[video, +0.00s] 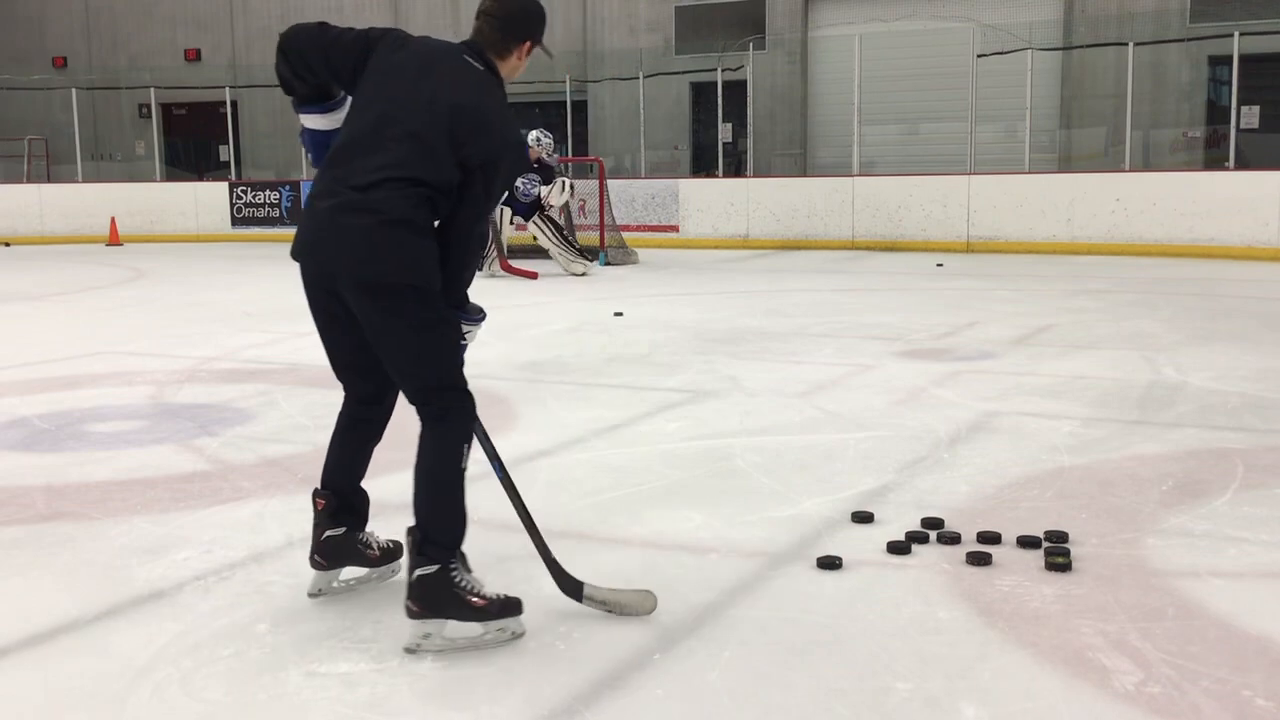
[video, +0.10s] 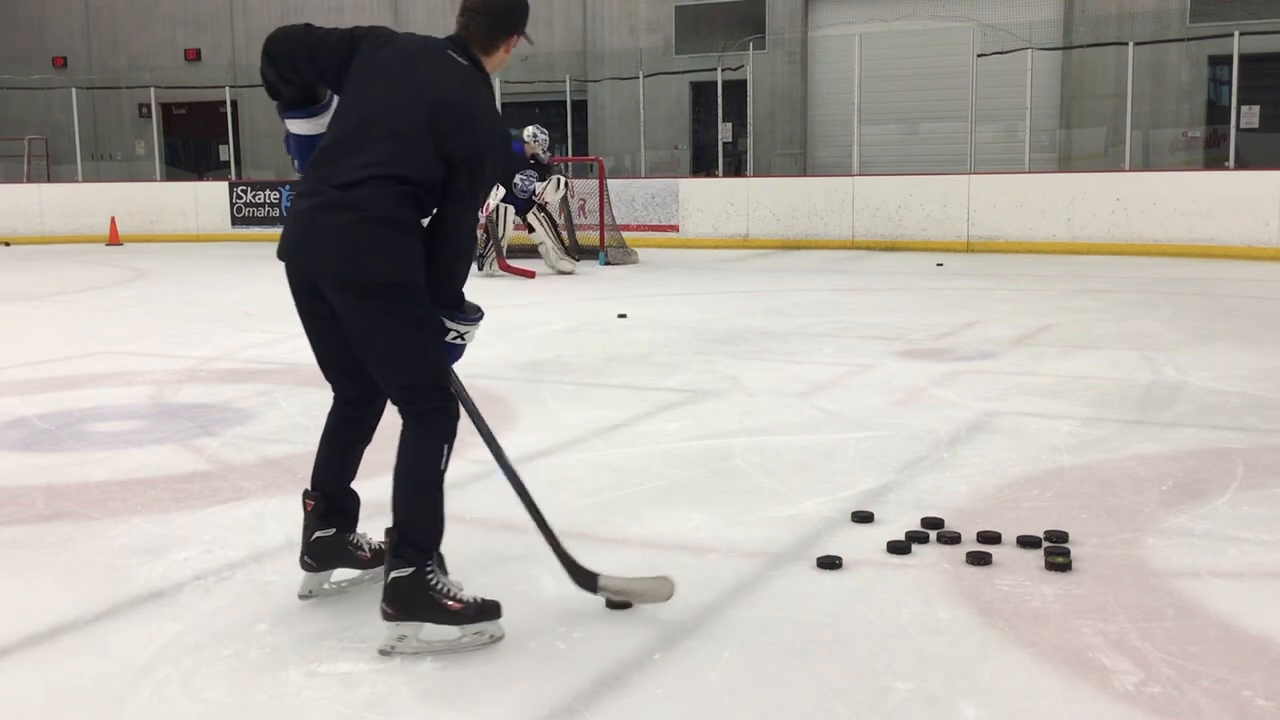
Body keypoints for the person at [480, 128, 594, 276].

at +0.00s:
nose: (544, 154)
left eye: (545, 151)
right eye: (543, 150)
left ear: (542, 149)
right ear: (534, 146)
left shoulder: (545, 168)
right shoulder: (513, 159)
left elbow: (551, 193)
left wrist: (561, 187)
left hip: (532, 208)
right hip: (507, 205)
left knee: (554, 234)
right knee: (498, 234)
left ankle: (579, 263)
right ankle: (488, 265)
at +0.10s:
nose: (542, 148)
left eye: (544, 144)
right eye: (540, 143)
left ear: (540, 145)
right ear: (530, 142)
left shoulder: (542, 163)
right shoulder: (512, 157)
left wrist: (553, 185)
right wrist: (491, 197)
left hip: (529, 203)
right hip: (506, 201)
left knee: (546, 229)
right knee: (500, 232)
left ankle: (561, 262)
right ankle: (488, 264)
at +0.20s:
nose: (540, 143)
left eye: (541, 140)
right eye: (538, 140)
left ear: (533, 139)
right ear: (529, 138)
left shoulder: (537, 157)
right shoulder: (509, 151)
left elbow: (537, 183)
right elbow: (495, 173)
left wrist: (551, 183)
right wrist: (492, 194)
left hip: (529, 199)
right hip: (509, 198)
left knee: (540, 228)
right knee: (502, 234)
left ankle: (543, 260)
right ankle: (487, 263)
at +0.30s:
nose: (538, 142)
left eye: (539, 138)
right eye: (536, 138)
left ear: (537, 138)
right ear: (527, 137)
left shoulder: (533, 155)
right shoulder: (511, 152)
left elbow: (533, 181)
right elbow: (497, 183)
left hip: (528, 198)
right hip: (510, 197)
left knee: (534, 229)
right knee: (507, 233)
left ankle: (528, 261)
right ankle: (485, 262)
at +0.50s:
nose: (545, 144)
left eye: (546, 141)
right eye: (543, 140)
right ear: (536, 139)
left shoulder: (534, 155)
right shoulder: (525, 154)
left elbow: (533, 179)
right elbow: (518, 183)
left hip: (511, 193)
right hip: (496, 192)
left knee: (539, 217)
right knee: (504, 227)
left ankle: (526, 259)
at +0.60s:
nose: (554, 147)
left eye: (555, 143)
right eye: (553, 143)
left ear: (542, 140)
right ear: (547, 141)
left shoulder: (533, 152)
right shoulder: (537, 155)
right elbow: (532, 184)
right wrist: (537, 207)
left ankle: (533, 257)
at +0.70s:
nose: (565, 143)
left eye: (565, 139)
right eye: (563, 139)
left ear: (552, 136)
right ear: (557, 138)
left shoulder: (546, 148)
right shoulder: (548, 151)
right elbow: (541, 181)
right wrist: (547, 204)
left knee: (553, 217)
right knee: (501, 236)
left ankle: (544, 257)